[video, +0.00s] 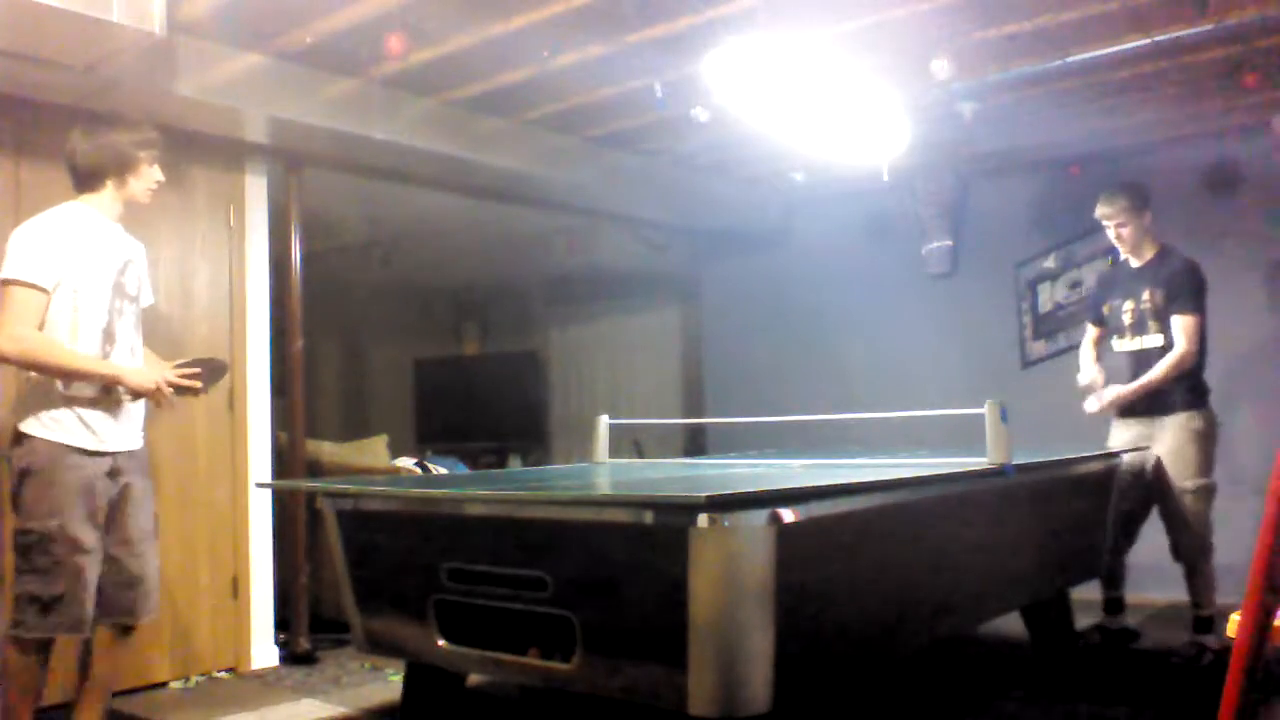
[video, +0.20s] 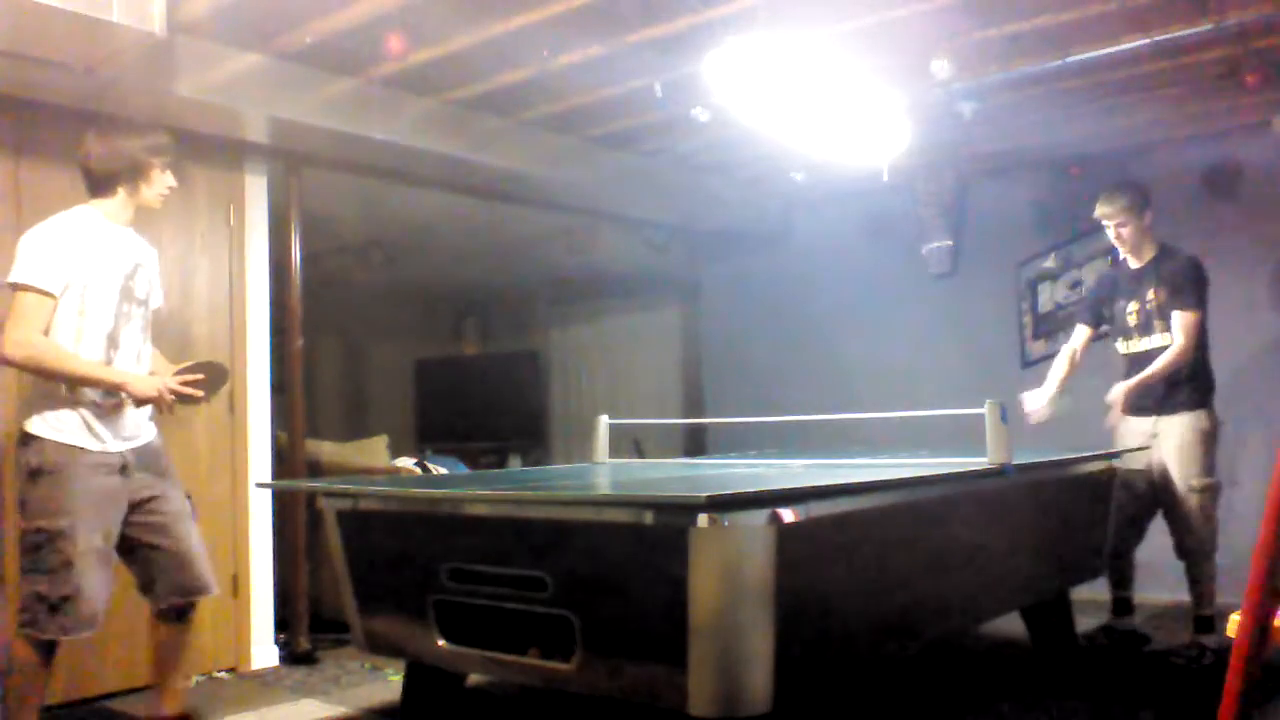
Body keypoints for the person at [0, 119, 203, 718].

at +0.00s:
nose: (160, 177)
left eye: (158, 164)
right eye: (150, 163)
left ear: (127, 169)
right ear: (115, 165)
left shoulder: (132, 252)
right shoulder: (44, 235)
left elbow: (124, 340)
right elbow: (14, 338)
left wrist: (164, 372)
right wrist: (121, 371)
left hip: (123, 446)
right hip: (57, 446)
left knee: (126, 602)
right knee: (44, 607)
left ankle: (88, 710)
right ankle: (19, 713)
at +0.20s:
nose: (172, 181)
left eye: (170, 168)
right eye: (163, 168)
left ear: (136, 174)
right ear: (129, 172)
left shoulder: (144, 256)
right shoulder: (53, 239)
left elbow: (135, 341)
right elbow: (18, 342)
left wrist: (170, 376)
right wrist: (125, 379)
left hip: (135, 443)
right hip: (65, 447)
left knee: (181, 583)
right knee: (54, 607)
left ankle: (167, 708)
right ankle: (21, 713)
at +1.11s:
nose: (347, 259)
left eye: (346, 249)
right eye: (345, 249)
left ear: (296, 237)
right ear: (326, 247)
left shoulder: (260, 278)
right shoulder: (304, 287)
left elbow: (209, 352)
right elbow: (400, 349)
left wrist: (211, 430)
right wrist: (499, 368)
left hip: (195, 454)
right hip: (157, 437)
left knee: (221, 585)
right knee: (87, 584)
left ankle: (220, 709)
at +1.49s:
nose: (311, 200)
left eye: (308, 190)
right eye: (303, 190)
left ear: (257, 197)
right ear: (278, 198)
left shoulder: (243, 250)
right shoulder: (253, 247)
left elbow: (195, 344)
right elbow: (271, 361)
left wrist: (229, 453)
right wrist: (374, 368)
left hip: (208, 443)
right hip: (168, 429)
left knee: (230, 585)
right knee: (128, 588)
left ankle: (224, 710)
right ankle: (35, 710)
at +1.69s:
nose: (267, 187)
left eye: (265, 172)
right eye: (258, 173)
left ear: (213, 181)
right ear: (231, 182)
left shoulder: (228, 256)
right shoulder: (177, 240)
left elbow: (200, 365)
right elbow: (92, 344)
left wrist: (227, 434)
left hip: (196, 459)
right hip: (141, 454)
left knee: (216, 604)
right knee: (125, 629)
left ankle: (218, 709)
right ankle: (66, 717)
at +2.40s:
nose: (215, 130)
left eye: (216, 115)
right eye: (208, 112)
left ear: (155, 114)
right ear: (168, 111)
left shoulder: (151, 198)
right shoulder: (108, 185)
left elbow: (120, 326)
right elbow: (92, 321)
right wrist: (204, 386)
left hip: (148, 464)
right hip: (79, 467)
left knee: (174, 654)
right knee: (83, 675)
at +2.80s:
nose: (179, 121)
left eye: (178, 108)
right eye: (175, 107)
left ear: (92, 98)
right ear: (150, 96)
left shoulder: (19, 170)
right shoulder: (182, 164)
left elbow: (20, 311)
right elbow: (315, 265)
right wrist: (400, 286)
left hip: (22, 426)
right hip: (98, 428)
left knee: (89, 664)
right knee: (120, 673)